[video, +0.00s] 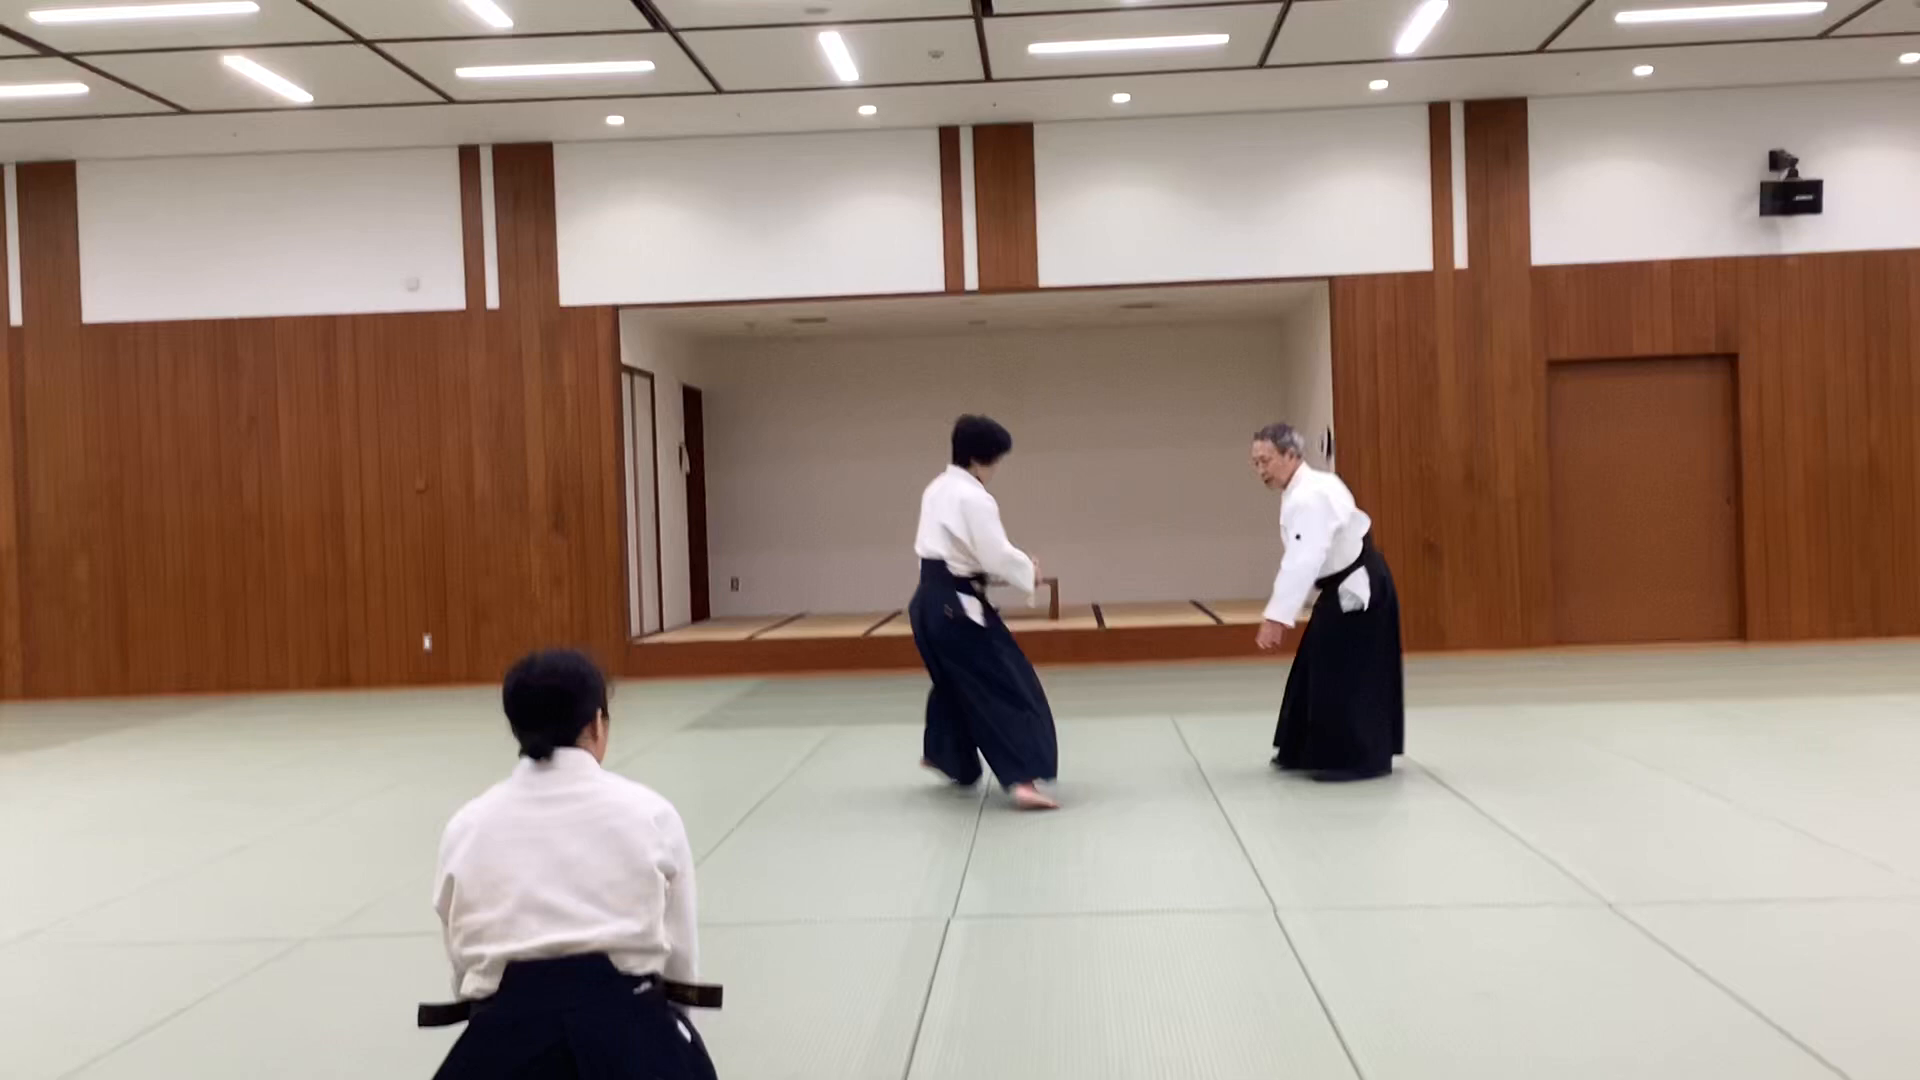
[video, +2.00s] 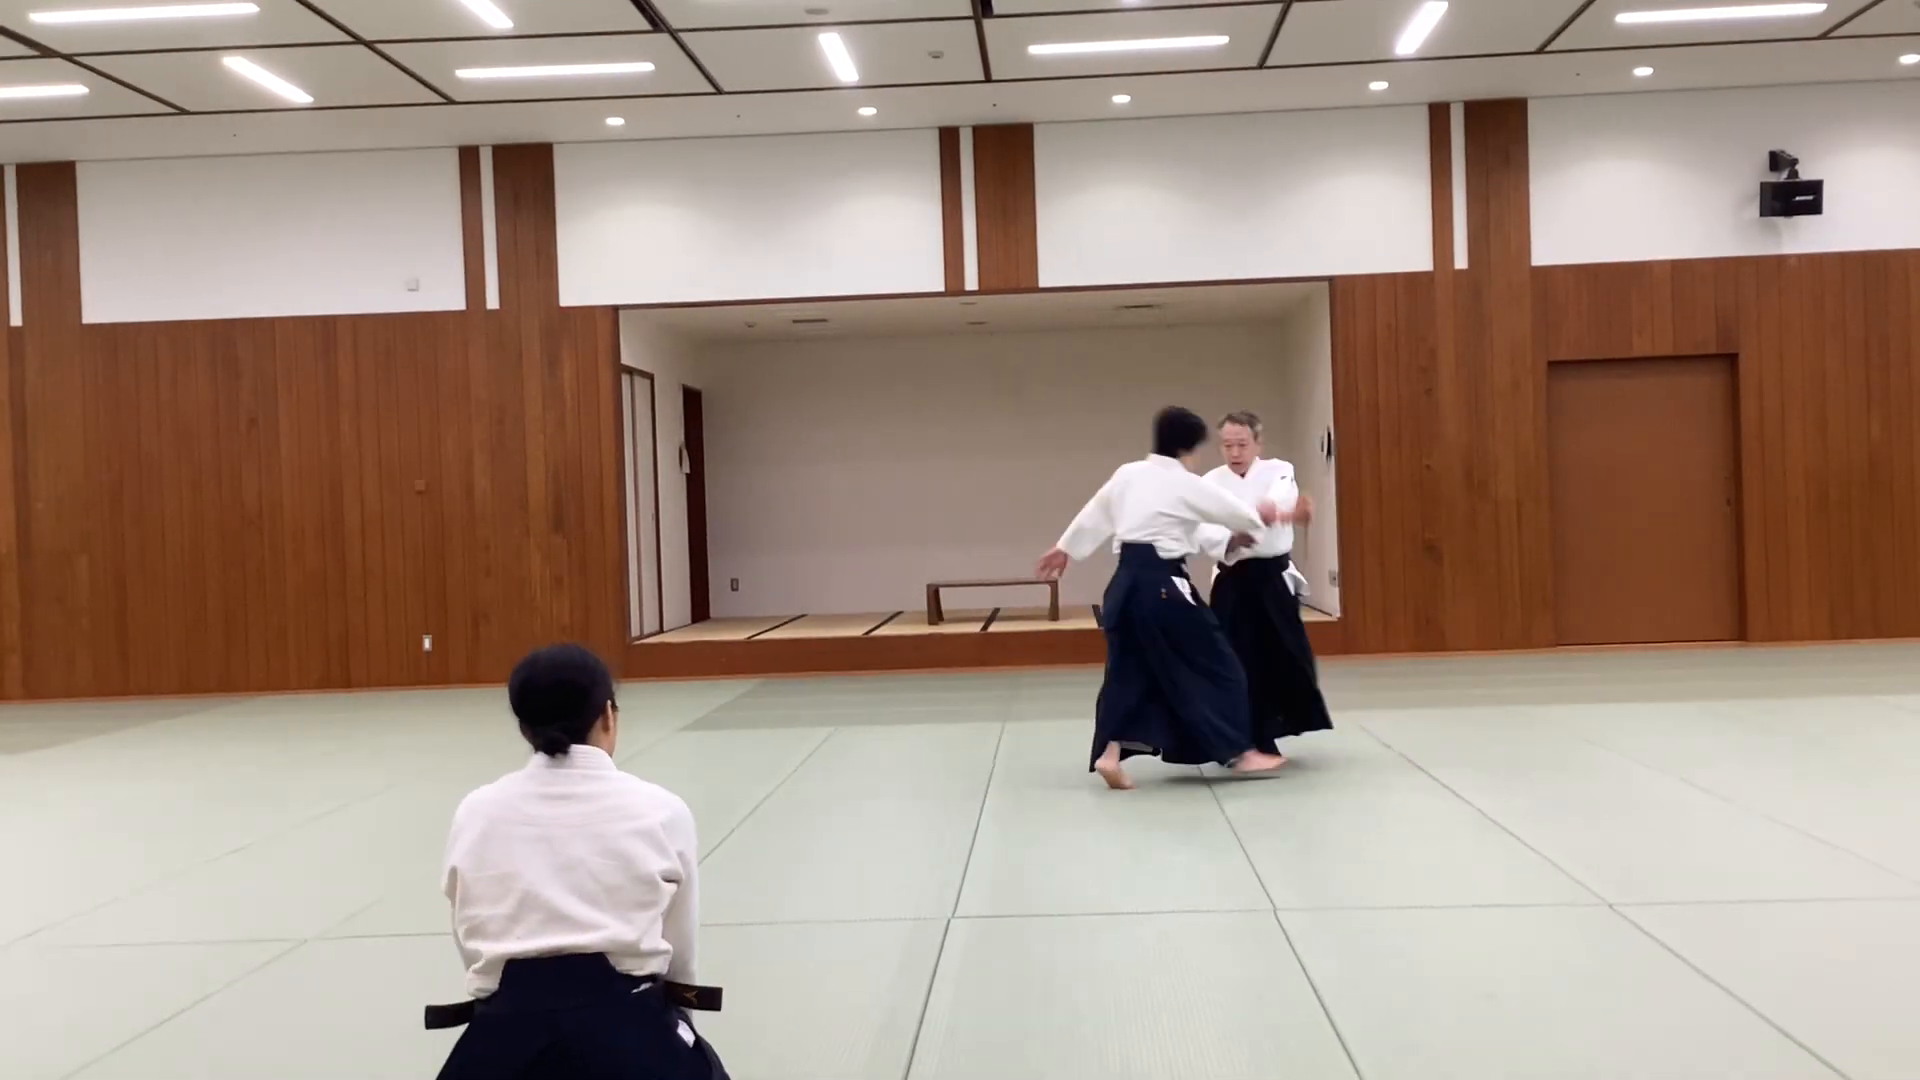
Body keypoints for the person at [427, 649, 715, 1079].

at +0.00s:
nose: (607, 728)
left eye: (607, 717)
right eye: (606, 719)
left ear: (517, 729)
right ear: (596, 726)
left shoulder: (467, 825)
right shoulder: (649, 813)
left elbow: (463, 970)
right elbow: (680, 959)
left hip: (506, 1033)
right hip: (629, 1031)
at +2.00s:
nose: (616, 719)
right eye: (615, 708)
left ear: (524, 727)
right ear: (607, 716)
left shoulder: (476, 812)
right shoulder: (661, 810)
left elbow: (472, 950)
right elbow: (680, 959)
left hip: (507, 1038)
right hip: (631, 1035)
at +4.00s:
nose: (620, 721)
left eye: (618, 709)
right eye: (619, 710)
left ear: (527, 725)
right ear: (609, 717)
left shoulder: (475, 816)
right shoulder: (660, 817)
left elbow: (471, 951)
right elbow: (681, 965)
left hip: (507, 1042)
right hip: (630, 1040)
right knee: (701, 1052)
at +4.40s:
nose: (619, 722)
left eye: (618, 710)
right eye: (618, 710)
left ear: (527, 722)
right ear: (607, 716)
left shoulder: (473, 817)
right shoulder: (658, 816)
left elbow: (470, 951)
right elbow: (680, 965)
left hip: (506, 1043)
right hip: (630, 1041)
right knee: (699, 1050)